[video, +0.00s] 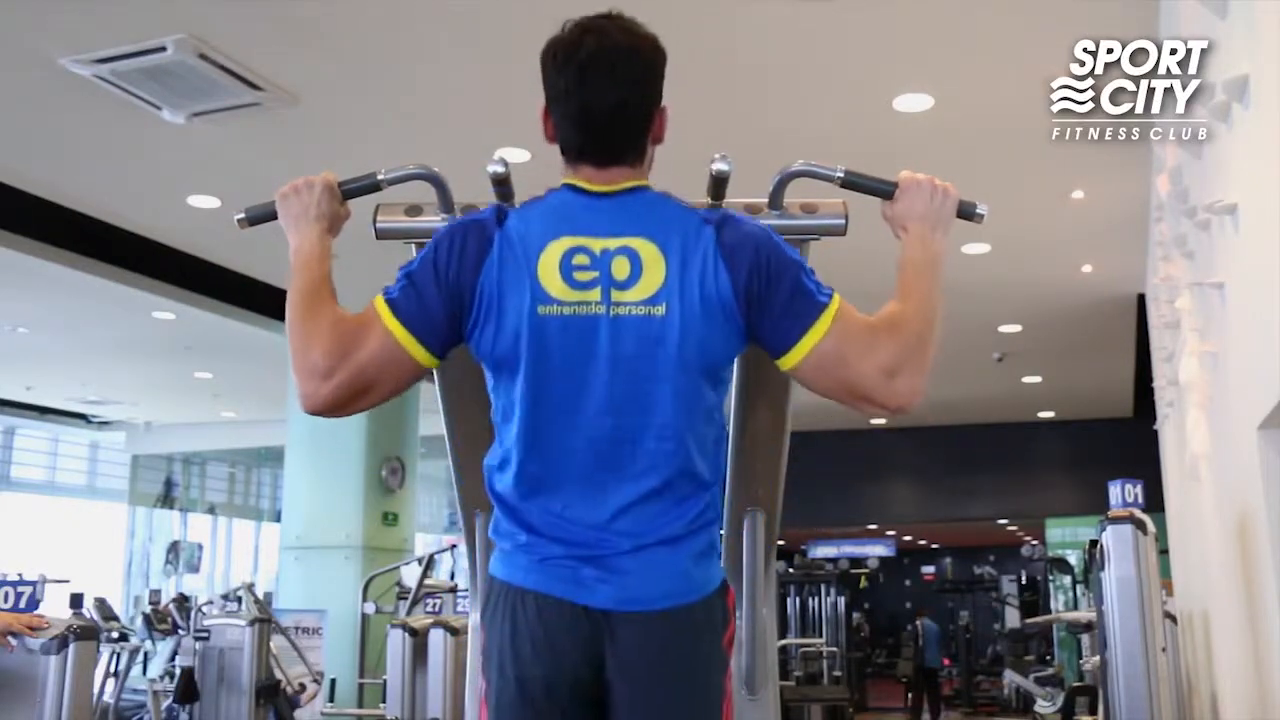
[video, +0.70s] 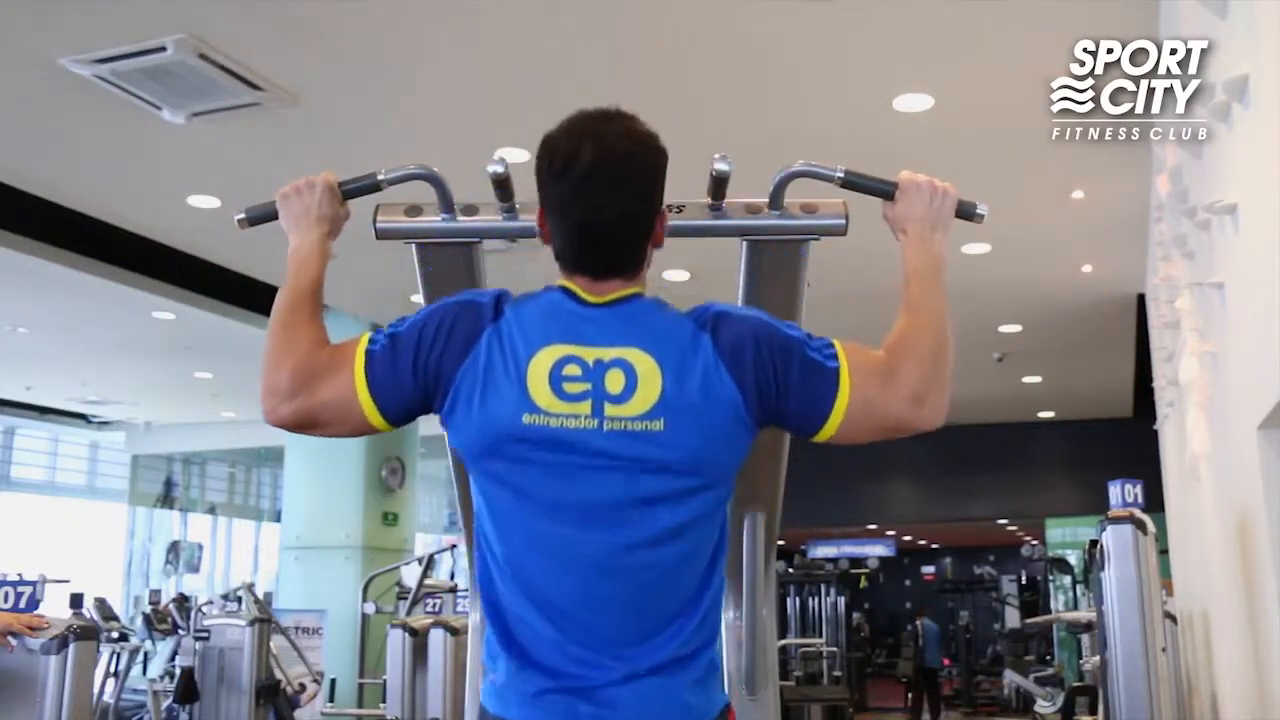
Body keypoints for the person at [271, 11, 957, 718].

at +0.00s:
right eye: (662, 113)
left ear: (547, 125)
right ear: (659, 127)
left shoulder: (484, 248)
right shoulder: (729, 250)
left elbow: (327, 381)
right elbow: (891, 378)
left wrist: (308, 241)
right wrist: (925, 241)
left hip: (529, 606)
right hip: (673, 610)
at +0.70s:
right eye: (662, 207)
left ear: (540, 222)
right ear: (661, 228)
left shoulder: (472, 337)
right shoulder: (730, 350)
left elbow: (290, 393)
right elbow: (917, 394)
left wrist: (306, 241)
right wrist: (926, 238)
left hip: (522, 700)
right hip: (681, 700)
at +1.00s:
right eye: (658, 311)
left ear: (535, 332)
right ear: (658, 339)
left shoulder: (467, 428)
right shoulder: (725, 449)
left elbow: (293, 399)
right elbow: (903, 405)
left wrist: (308, 243)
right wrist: (924, 242)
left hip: (516, 711)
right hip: (678, 713)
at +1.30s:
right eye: (657, 411)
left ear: (535, 436)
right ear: (660, 442)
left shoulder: (476, 520)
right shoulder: (723, 544)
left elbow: (324, 404)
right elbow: (867, 404)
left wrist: (311, 243)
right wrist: (919, 244)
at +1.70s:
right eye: (657, 325)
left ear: (536, 347)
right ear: (657, 350)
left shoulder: (470, 449)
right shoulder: (725, 457)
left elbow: (303, 402)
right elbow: (903, 409)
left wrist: (309, 244)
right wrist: (921, 246)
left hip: (518, 709)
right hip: (679, 709)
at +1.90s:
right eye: (656, 224)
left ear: (537, 244)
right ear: (657, 248)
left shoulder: (473, 362)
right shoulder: (730, 368)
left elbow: (291, 397)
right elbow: (918, 400)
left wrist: (305, 244)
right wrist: (924, 244)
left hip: (516, 700)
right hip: (667, 700)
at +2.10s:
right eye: (660, 142)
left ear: (546, 160)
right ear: (662, 159)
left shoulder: (484, 275)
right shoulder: (733, 283)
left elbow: (312, 391)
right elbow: (906, 393)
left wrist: (307, 241)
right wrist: (923, 242)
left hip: (522, 646)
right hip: (669, 648)